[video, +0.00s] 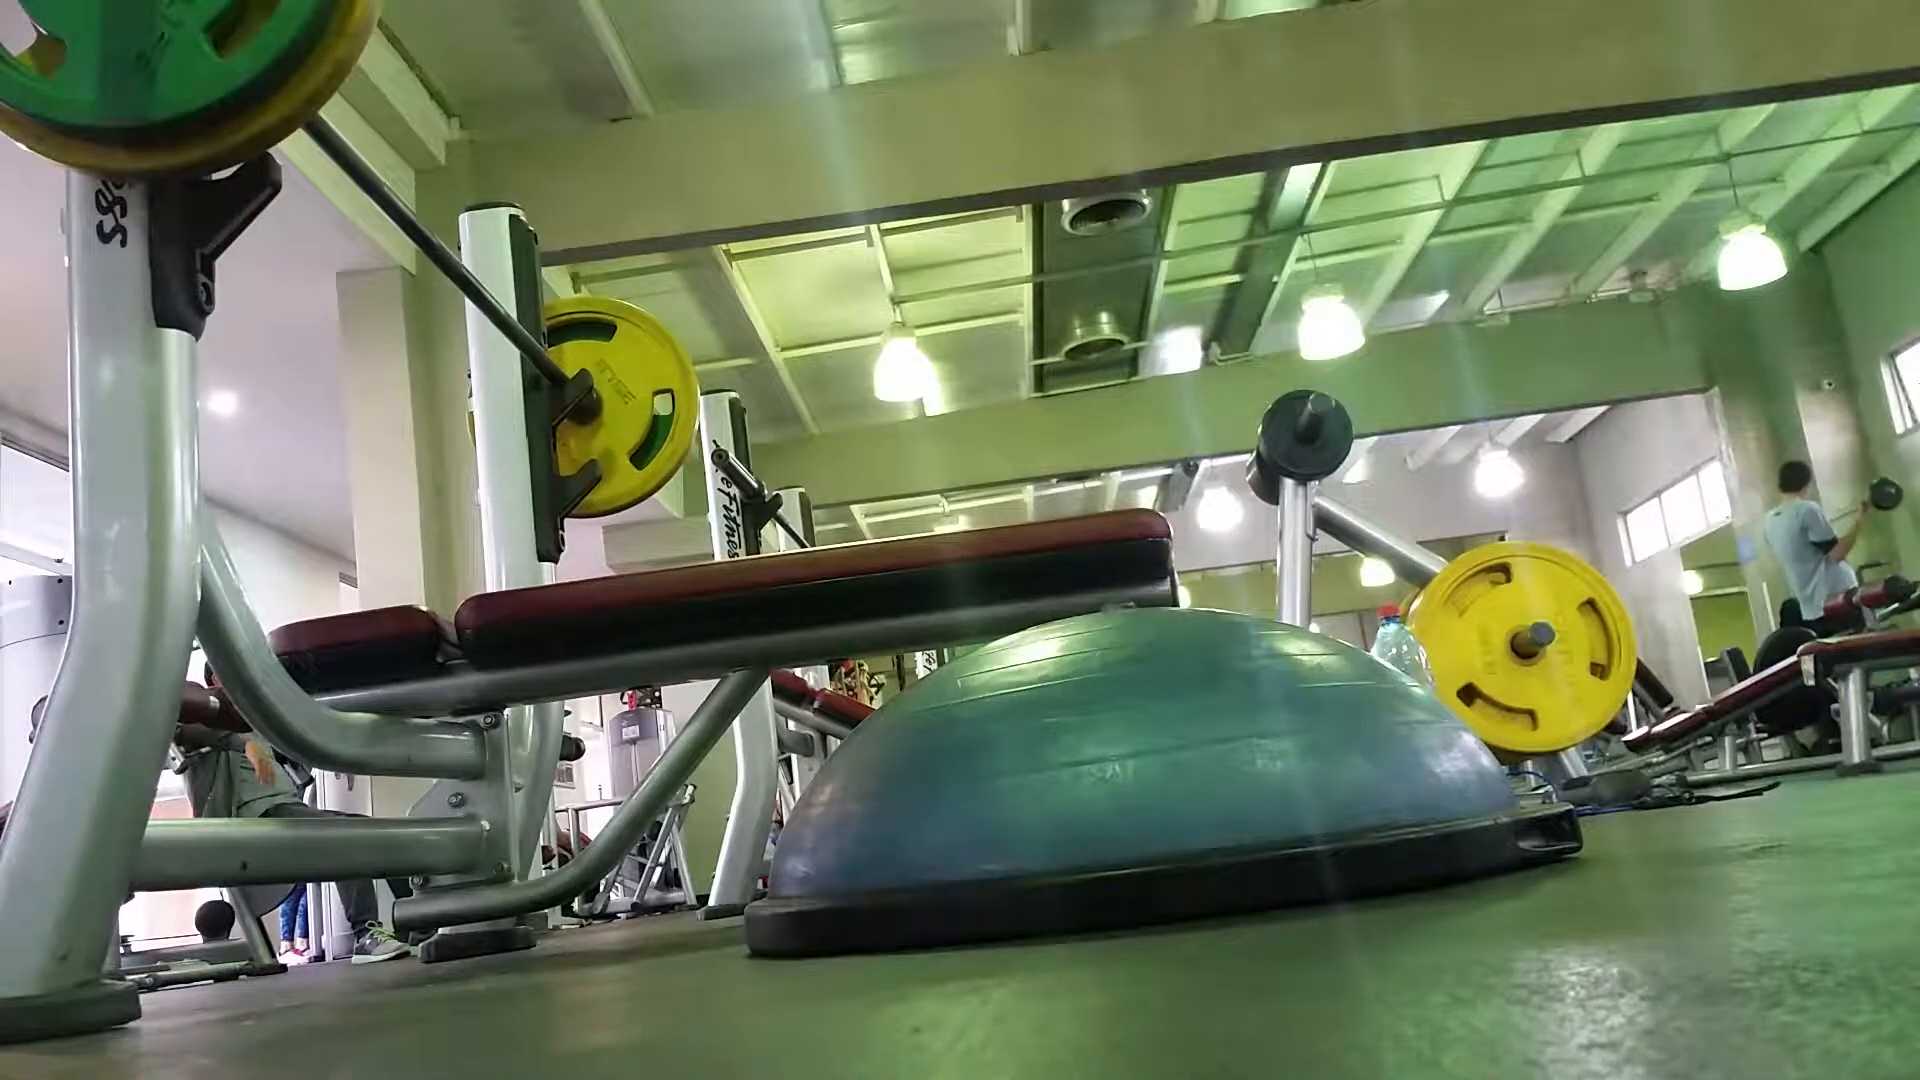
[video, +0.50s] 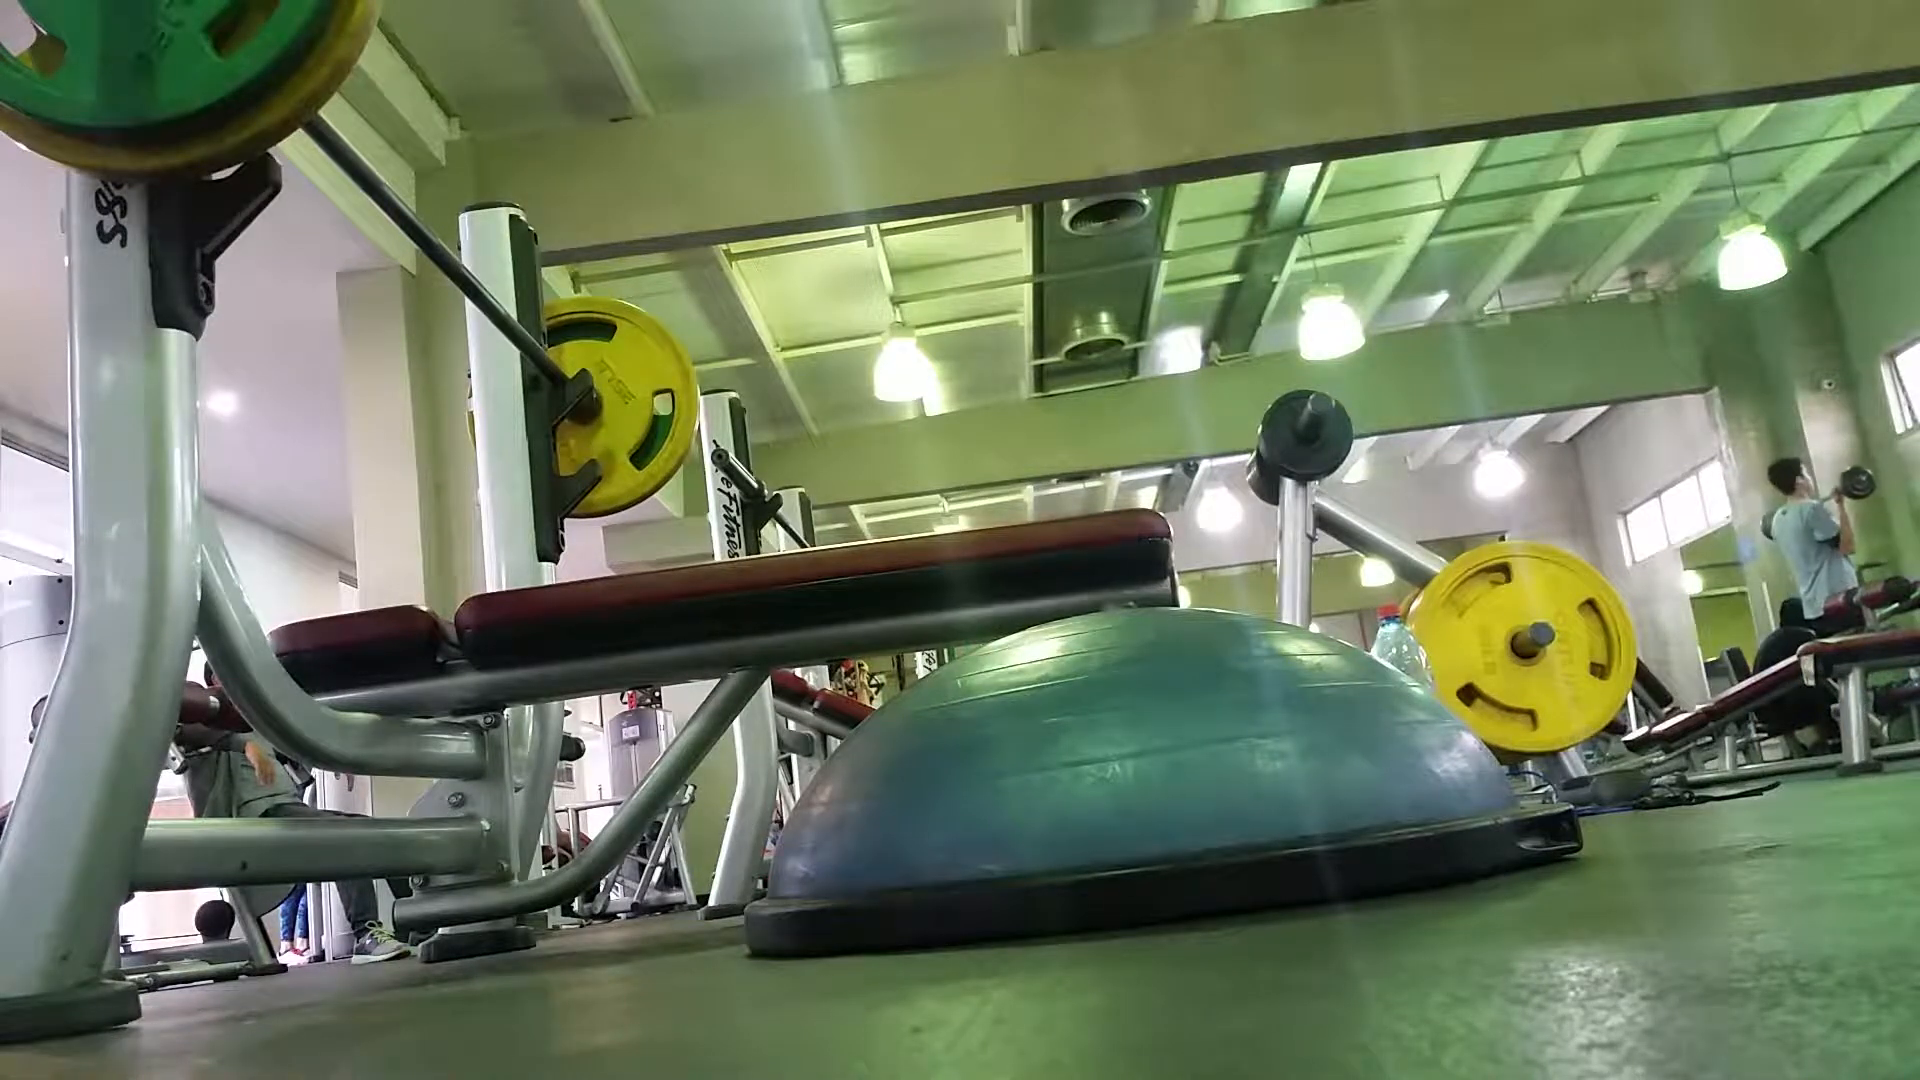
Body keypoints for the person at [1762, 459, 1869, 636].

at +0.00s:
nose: (1811, 486)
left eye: (1809, 481)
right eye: (1810, 481)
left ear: (1781, 484)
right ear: (1807, 483)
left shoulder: (1770, 520)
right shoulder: (1807, 510)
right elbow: (1837, 553)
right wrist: (1860, 521)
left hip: (1809, 611)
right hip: (1838, 606)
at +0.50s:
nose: (1811, 478)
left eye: (1808, 473)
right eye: (1807, 474)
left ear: (1782, 487)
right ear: (1798, 481)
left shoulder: (1778, 519)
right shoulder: (1812, 510)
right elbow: (1847, 546)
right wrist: (1841, 505)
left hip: (1813, 608)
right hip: (1839, 602)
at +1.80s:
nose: (1810, 477)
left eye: (1807, 472)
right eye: (1806, 472)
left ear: (1781, 484)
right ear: (1797, 478)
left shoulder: (1775, 517)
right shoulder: (1806, 509)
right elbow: (1832, 551)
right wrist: (1847, 512)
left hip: (1807, 606)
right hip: (1834, 599)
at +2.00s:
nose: (1810, 477)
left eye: (1806, 472)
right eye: (1804, 473)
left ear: (1781, 488)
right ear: (1798, 481)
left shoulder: (1775, 520)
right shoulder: (1806, 506)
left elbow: (1781, 564)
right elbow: (1815, 555)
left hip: (1808, 610)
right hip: (1835, 602)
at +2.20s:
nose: (1814, 477)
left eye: (1811, 472)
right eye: (1809, 473)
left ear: (1786, 488)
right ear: (1803, 480)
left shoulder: (1782, 520)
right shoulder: (1813, 506)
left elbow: (1785, 571)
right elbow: (1815, 553)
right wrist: (1862, 559)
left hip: (1812, 611)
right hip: (1838, 604)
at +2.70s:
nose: (1814, 480)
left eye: (1812, 475)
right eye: (1812, 475)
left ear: (1786, 483)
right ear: (1807, 479)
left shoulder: (1780, 518)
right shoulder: (1808, 510)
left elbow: (1785, 562)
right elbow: (1822, 560)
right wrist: (1867, 557)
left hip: (1813, 610)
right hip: (1837, 607)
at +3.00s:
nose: (1816, 492)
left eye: (1816, 486)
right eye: (1815, 487)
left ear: (1787, 485)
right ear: (1808, 488)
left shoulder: (1773, 520)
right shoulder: (1807, 519)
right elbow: (1838, 558)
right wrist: (1856, 537)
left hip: (1815, 606)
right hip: (1840, 603)